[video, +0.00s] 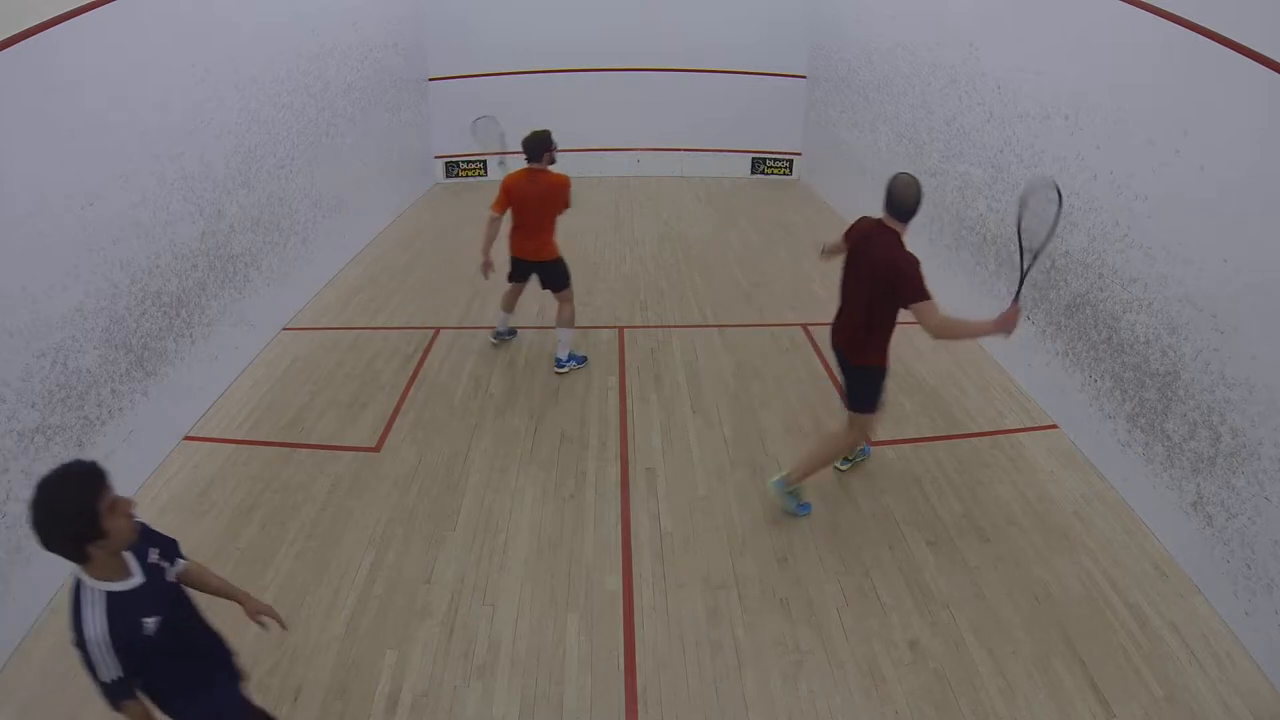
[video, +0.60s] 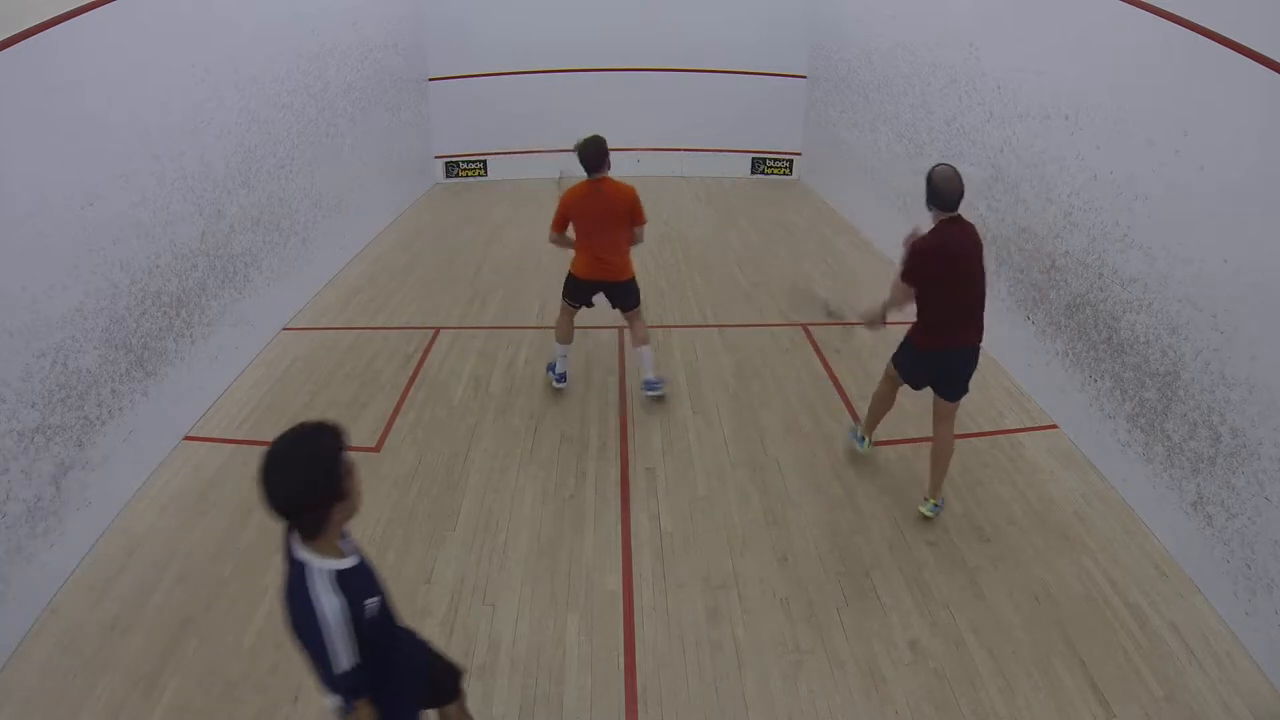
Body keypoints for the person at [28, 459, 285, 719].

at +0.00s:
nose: (129, 504)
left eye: (116, 497)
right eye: (113, 508)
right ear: (93, 545)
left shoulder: (134, 537)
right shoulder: (96, 626)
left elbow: (181, 568)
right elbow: (126, 701)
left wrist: (244, 598)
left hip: (217, 659)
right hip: (200, 701)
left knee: (242, 705)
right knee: (257, 715)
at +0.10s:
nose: (156, 501)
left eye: (145, 494)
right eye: (141, 506)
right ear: (120, 543)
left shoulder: (160, 536)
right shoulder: (123, 632)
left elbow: (203, 573)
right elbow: (156, 703)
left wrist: (254, 610)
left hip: (248, 658)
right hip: (225, 704)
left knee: (282, 693)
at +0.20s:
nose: (188, 498)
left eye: (176, 491)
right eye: (173, 503)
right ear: (153, 541)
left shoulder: (188, 539)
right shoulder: (153, 628)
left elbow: (230, 600)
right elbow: (184, 705)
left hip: (275, 658)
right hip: (252, 705)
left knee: (323, 685)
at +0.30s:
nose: (229, 496)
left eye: (218, 489)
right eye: (214, 500)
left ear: (194, 538)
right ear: (193, 538)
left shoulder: (216, 548)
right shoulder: (191, 624)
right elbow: (218, 707)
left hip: (287, 648)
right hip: (267, 695)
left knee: (360, 683)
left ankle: (357, 713)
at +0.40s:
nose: (275, 492)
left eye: (262, 486)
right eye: (260, 497)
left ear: (242, 533)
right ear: (242, 532)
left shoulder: (254, 549)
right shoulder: (232, 615)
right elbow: (257, 705)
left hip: (321, 653)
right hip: (296, 695)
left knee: (387, 694)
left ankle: (405, 713)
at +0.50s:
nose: (316, 487)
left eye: (308, 482)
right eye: (306, 487)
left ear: (291, 522)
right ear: (293, 518)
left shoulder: (296, 550)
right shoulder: (278, 608)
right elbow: (302, 699)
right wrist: (311, 712)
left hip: (354, 651)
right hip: (331, 690)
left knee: (418, 698)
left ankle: (432, 714)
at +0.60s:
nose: (356, 474)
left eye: (350, 469)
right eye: (349, 473)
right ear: (335, 505)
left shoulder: (316, 535)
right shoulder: (323, 601)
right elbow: (353, 694)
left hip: (391, 643)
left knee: (446, 681)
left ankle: (455, 712)